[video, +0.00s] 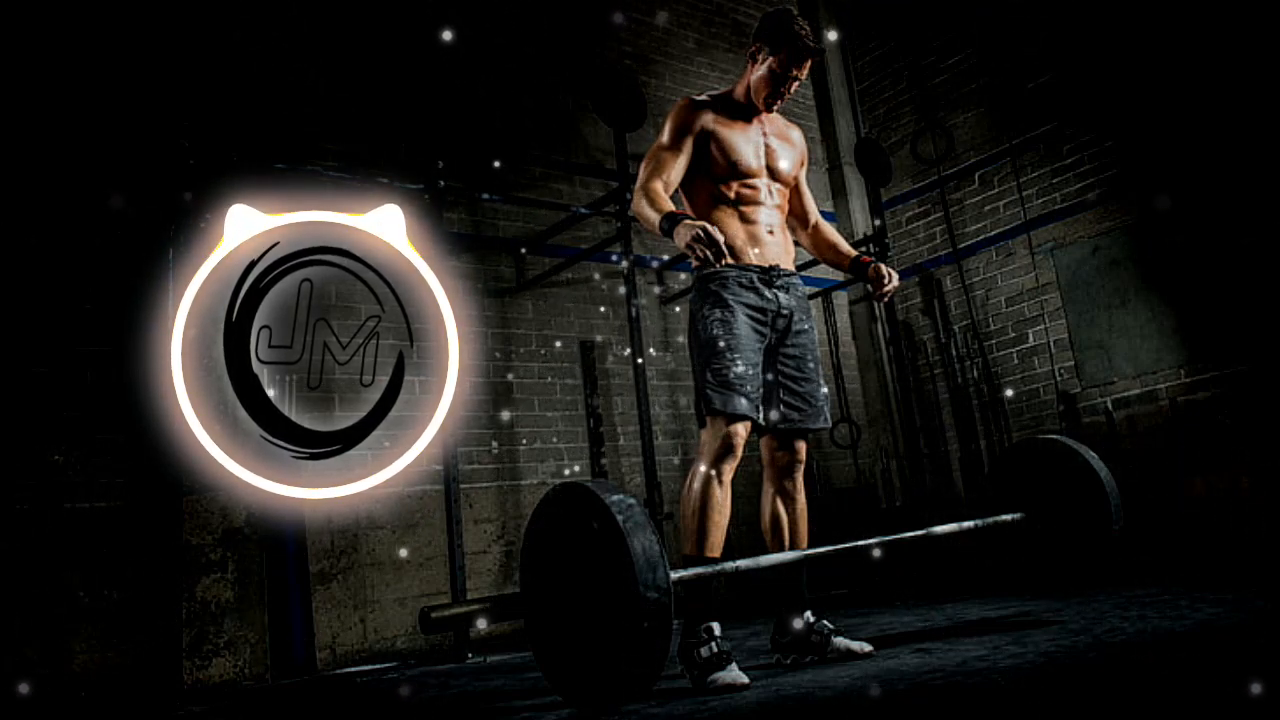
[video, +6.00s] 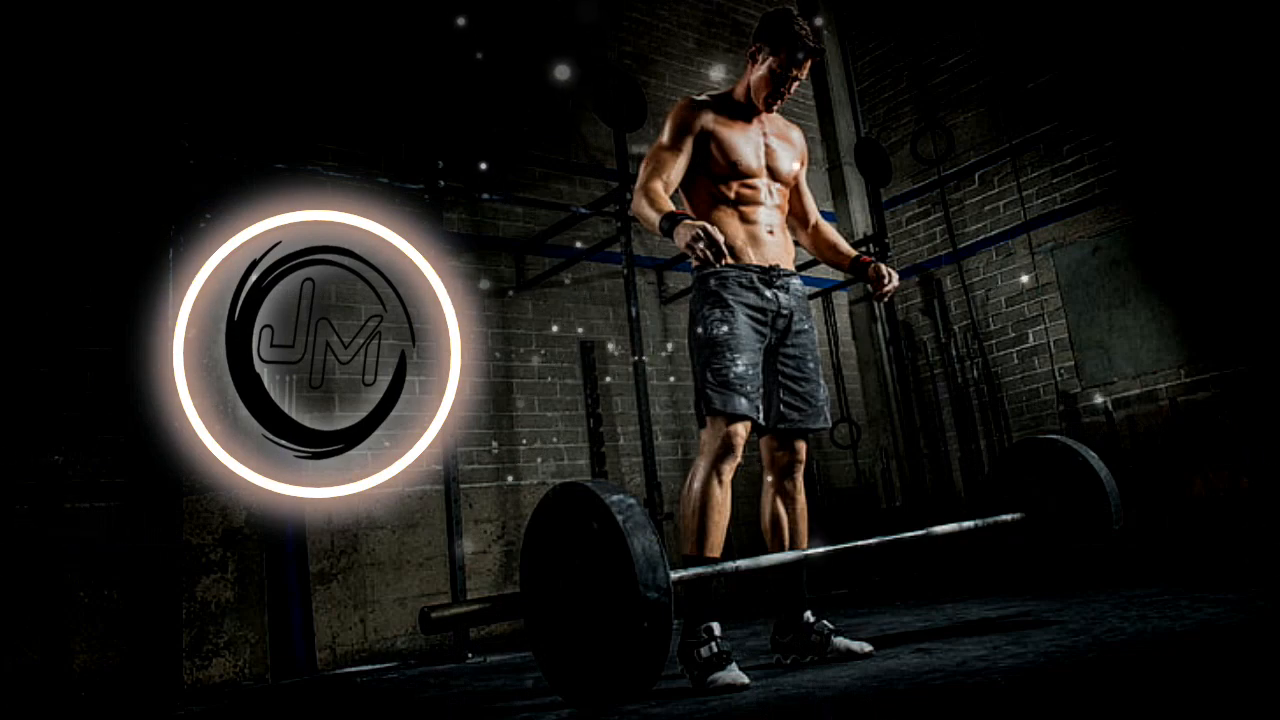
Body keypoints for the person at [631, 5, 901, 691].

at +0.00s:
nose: (789, 92)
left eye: (799, 82)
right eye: (785, 76)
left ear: (801, 77)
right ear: (756, 59)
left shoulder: (792, 136)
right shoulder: (697, 115)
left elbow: (809, 225)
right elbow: (645, 199)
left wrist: (860, 265)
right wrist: (676, 225)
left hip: (790, 296)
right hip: (730, 291)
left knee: (790, 453)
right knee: (728, 438)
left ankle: (797, 623)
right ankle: (698, 633)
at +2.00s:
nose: (789, 89)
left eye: (799, 79)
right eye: (787, 73)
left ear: (801, 76)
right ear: (756, 57)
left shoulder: (792, 137)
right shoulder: (698, 115)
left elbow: (808, 224)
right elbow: (646, 197)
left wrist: (860, 264)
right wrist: (675, 226)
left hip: (790, 297)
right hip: (730, 293)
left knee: (790, 455)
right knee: (730, 438)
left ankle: (797, 624)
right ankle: (699, 634)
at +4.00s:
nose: (788, 90)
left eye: (798, 80)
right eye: (785, 75)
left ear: (800, 77)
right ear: (756, 58)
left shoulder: (792, 136)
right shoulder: (697, 117)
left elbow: (808, 224)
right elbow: (645, 197)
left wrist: (861, 265)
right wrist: (676, 225)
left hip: (790, 297)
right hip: (730, 292)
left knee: (790, 455)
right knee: (729, 437)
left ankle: (796, 623)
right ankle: (698, 634)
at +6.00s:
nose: (793, 88)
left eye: (802, 78)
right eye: (789, 73)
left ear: (804, 76)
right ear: (757, 58)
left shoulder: (792, 136)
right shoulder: (697, 115)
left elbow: (809, 225)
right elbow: (645, 198)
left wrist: (860, 264)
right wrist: (677, 225)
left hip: (790, 297)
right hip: (730, 292)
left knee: (790, 455)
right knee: (729, 439)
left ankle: (798, 624)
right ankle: (699, 634)